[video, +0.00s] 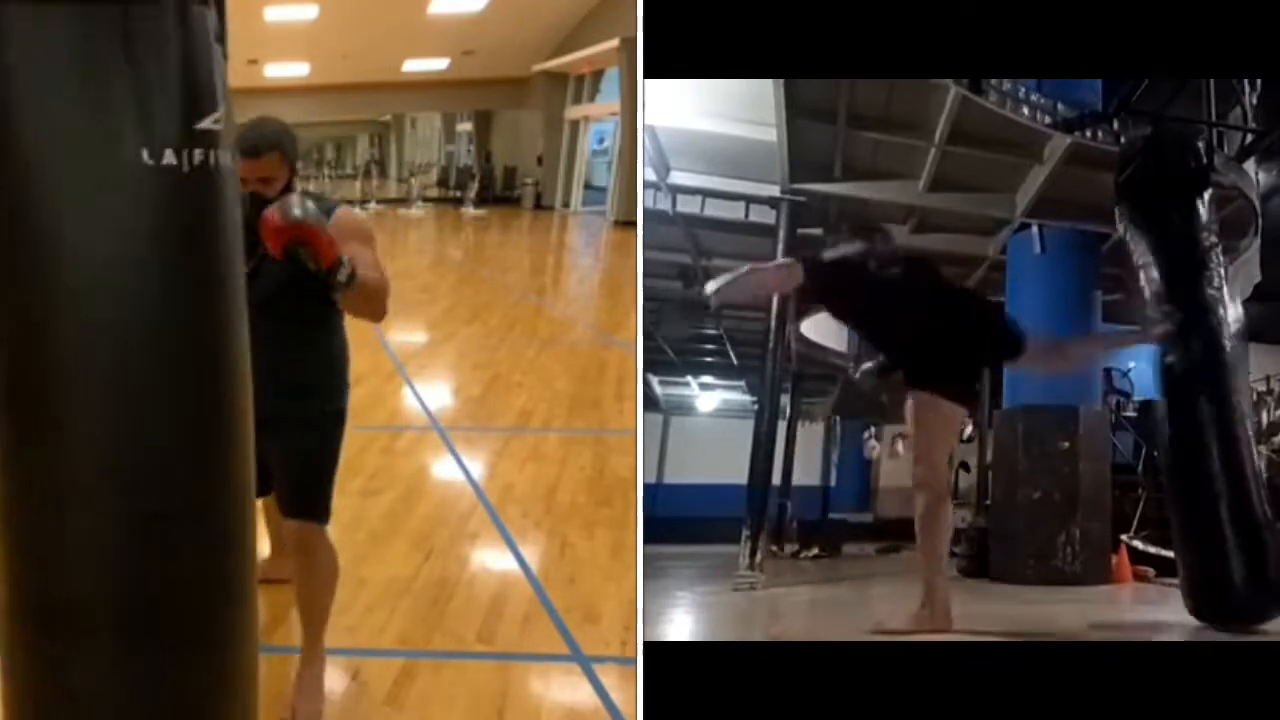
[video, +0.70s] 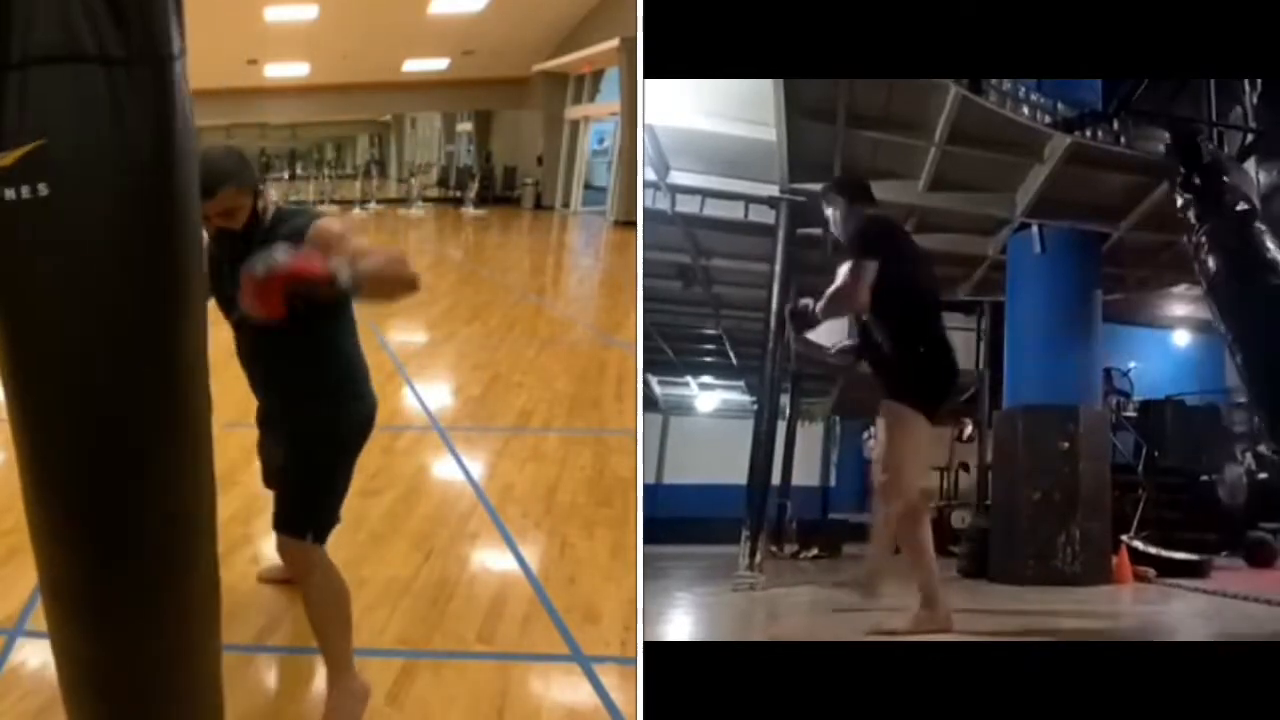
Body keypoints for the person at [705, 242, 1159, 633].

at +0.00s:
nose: (790, 307)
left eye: (789, 299)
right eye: (788, 303)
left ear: (801, 285)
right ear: (816, 288)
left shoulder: (829, 268)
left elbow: (751, 282)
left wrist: (713, 292)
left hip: (965, 328)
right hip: (940, 358)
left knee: (1060, 357)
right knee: (930, 486)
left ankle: (1151, 336)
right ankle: (934, 608)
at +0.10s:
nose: (779, 300)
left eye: (778, 290)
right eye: (777, 298)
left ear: (787, 280)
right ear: (795, 294)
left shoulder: (820, 279)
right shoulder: (831, 314)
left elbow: (754, 272)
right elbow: (834, 343)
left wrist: (757, 277)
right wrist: (795, 318)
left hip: (968, 324)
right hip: (949, 365)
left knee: (1086, 333)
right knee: (940, 478)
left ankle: (1166, 308)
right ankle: (935, 607)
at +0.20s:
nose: (790, 303)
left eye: (789, 294)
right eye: (787, 296)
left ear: (803, 288)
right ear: (809, 285)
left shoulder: (837, 296)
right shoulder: (834, 312)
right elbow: (861, 351)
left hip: (974, 327)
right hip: (954, 361)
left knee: (1087, 328)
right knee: (950, 482)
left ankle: (1196, 298)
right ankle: (936, 606)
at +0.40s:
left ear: (807, 263)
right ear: (837, 246)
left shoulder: (825, 277)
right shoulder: (878, 259)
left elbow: (856, 326)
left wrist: (883, 374)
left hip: (950, 351)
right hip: (985, 334)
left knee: (946, 486)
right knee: (993, 401)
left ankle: (937, 608)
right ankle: (1062, 370)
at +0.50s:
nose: (807, 240)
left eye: (807, 230)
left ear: (815, 227)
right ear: (845, 217)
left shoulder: (832, 252)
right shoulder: (882, 239)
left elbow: (837, 323)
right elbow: (910, 317)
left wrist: (849, 366)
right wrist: (871, 367)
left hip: (941, 345)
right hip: (969, 334)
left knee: (929, 479)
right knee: (935, 421)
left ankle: (935, 609)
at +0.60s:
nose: (818, 229)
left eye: (818, 221)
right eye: (820, 220)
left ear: (825, 216)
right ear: (856, 206)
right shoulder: (891, 233)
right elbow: (913, 310)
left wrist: (808, 324)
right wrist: (862, 355)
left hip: (929, 353)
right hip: (965, 345)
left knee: (920, 488)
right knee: (939, 449)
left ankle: (934, 609)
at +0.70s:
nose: (827, 221)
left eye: (828, 210)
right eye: (826, 212)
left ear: (842, 204)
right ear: (861, 200)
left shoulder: (870, 230)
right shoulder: (893, 236)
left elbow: (853, 295)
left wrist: (814, 310)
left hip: (912, 376)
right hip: (927, 373)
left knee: (901, 490)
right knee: (900, 490)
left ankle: (933, 607)